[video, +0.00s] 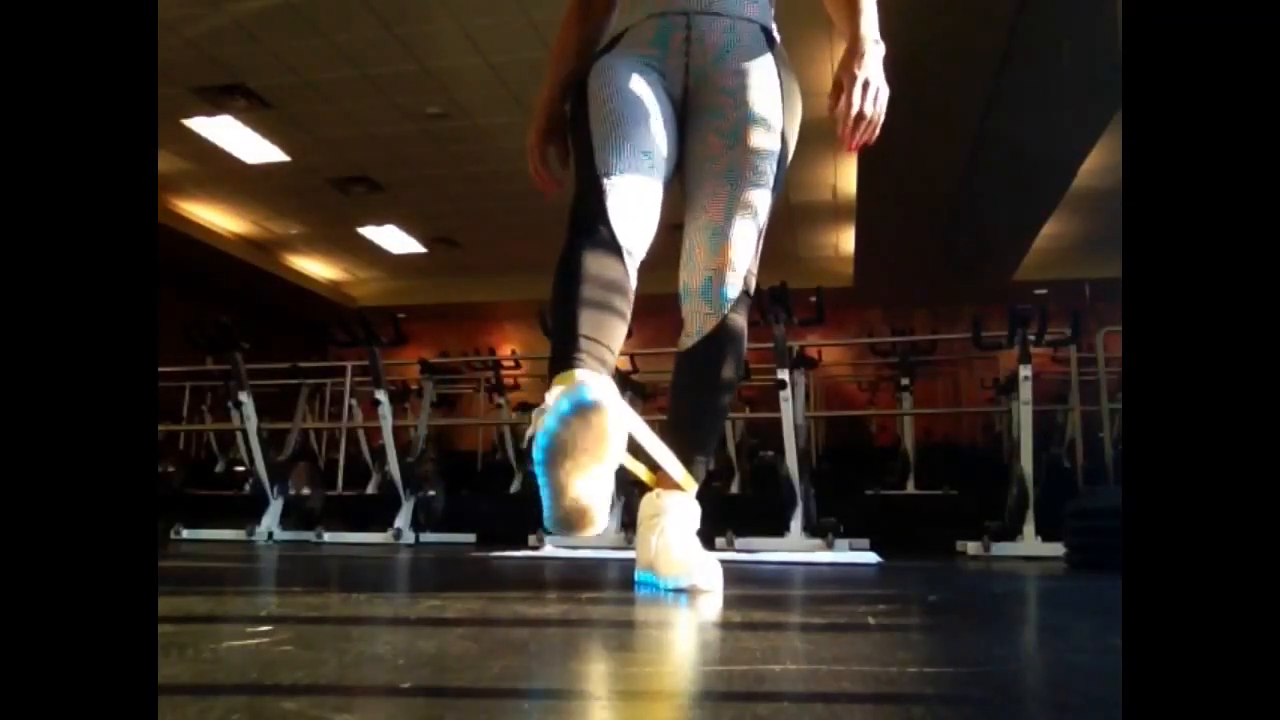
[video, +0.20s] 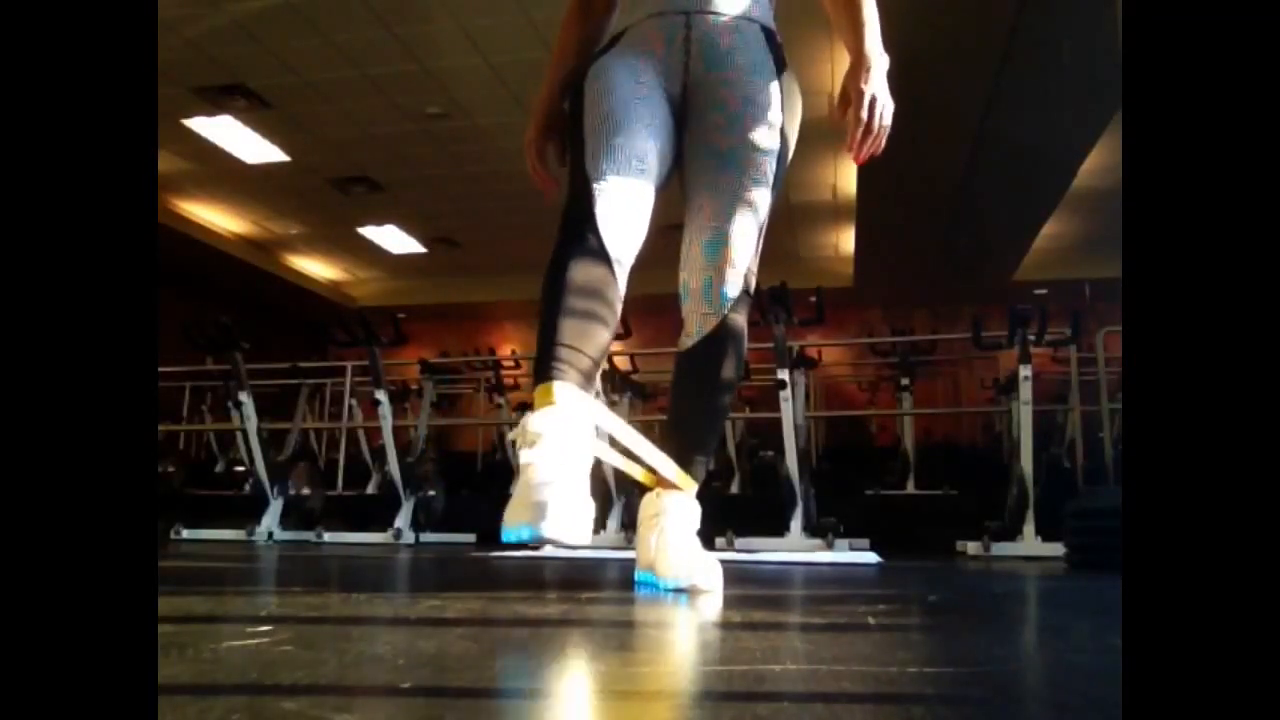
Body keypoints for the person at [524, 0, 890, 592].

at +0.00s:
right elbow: (589, 6)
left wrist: (864, 41)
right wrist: (555, 97)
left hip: (744, 30)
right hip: (630, 29)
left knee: (722, 279)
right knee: (612, 208)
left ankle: (673, 516)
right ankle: (577, 419)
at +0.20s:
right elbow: (591, 6)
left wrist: (868, 58)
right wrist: (553, 96)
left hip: (745, 29)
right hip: (631, 26)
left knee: (722, 276)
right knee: (606, 207)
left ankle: (673, 516)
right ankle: (555, 448)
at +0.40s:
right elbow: (594, 4)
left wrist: (862, 83)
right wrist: (553, 78)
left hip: (740, 30)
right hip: (633, 32)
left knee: (718, 280)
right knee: (592, 205)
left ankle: (671, 518)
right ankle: (523, 435)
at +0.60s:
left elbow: (842, 6)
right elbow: (596, 9)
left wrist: (861, 81)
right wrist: (555, 80)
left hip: (739, 31)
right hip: (633, 33)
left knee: (718, 279)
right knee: (596, 187)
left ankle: (673, 515)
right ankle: (534, 408)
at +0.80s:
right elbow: (593, 3)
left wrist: (859, 65)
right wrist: (552, 85)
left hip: (739, 25)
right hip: (627, 23)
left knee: (719, 277)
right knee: (602, 194)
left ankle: (673, 512)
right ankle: (553, 392)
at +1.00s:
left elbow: (835, 3)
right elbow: (588, 3)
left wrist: (855, 72)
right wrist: (543, 86)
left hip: (738, 26)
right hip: (623, 21)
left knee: (719, 278)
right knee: (602, 208)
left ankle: (673, 513)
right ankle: (558, 435)